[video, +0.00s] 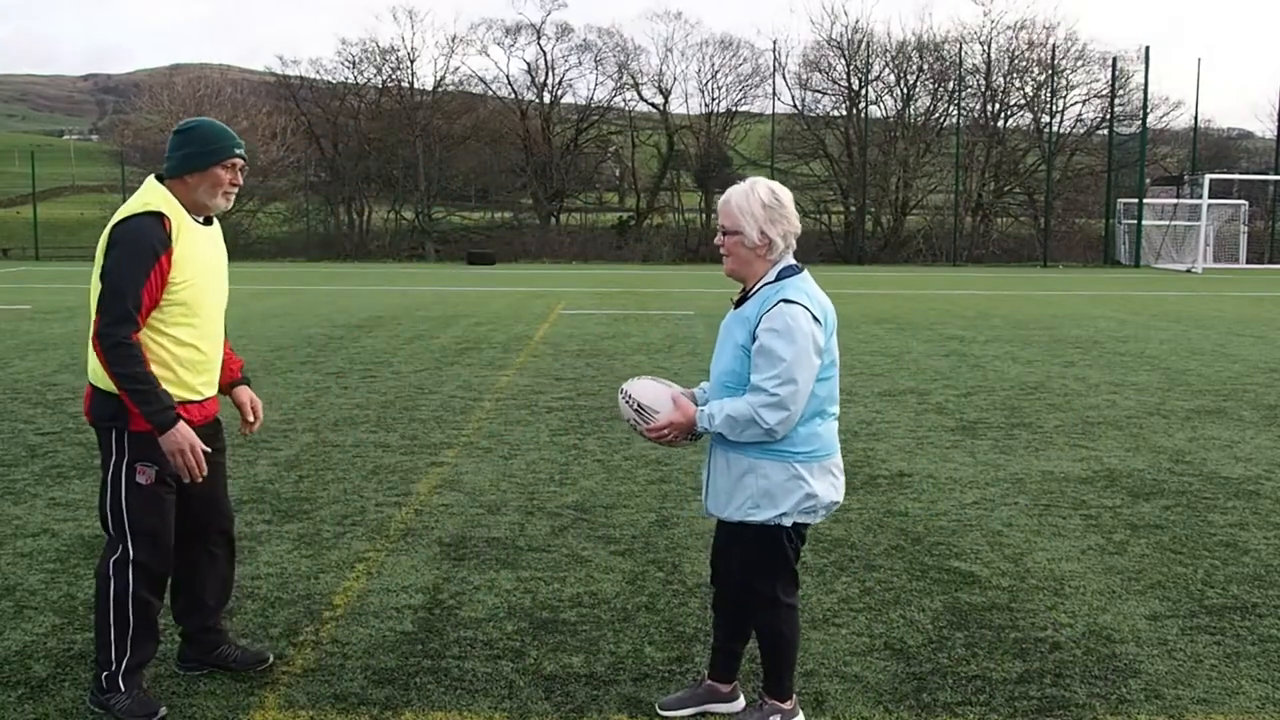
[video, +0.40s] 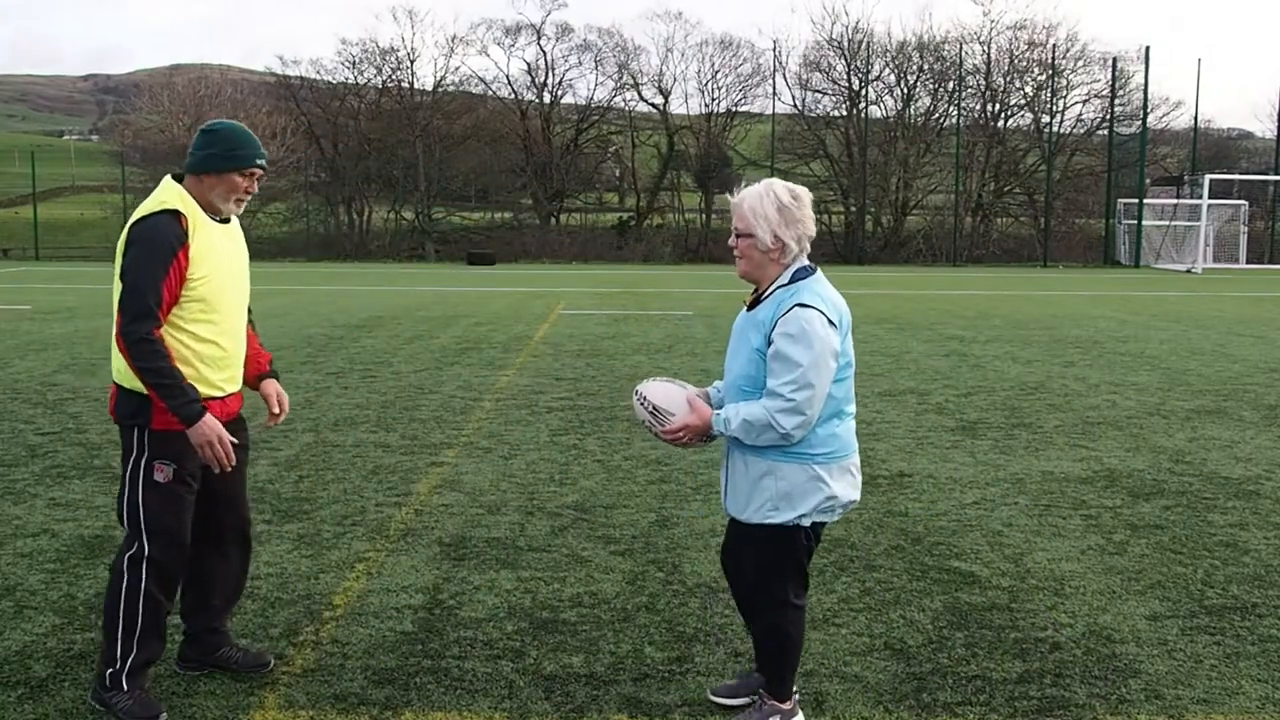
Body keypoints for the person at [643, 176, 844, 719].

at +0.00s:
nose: (718, 242)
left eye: (728, 232)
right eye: (719, 231)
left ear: (764, 240)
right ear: (758, 242)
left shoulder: (789, 310)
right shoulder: (761, 300)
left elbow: (773, 411)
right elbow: (738, 382)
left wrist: (701, 418)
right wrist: (689, 403)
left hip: (780, 478)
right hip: (746, 472)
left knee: (769, 590)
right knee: (729, 580)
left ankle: (779, 703)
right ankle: (720, 685)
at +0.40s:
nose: (732, 244)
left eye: (742, 235)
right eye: (733, 234)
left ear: (778, 244)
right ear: (770, 245)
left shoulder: (804, 313)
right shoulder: (771, 302)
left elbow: (789, 416)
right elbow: (751, 383)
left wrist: (716, 421)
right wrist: (702, 401)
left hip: (796, 478)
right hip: (763, 470)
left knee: (774, 584)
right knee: (740, 563)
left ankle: (781, 699)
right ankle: (770, 674)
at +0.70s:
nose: (754, 247)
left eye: (763, 238)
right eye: (755, 236)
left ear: (798, 244)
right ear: (790, 245)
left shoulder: (828, 314)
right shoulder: (795, 304)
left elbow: (817, 413)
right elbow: (776, 384)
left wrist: (740, 422)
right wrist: (728, 403)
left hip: (826, 475)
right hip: (803, 469)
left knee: (785, 581)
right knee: (813, 574)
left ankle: (780, 702)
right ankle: (892, 653)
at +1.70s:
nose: (956, 249)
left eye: (967, 239)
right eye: (955, 238)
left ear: (1004, 247)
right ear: (988, 248)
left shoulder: (1035, 316)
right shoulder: (983, 309)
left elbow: (1030, 413)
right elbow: (972, 386)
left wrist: (952, 419)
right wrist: (927, 407)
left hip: (1039, 484)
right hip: (988, 479)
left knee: (1047, 594)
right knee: (967, 584)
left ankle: (1082, 699)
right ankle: (939, 678)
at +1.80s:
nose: (971, 252)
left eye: (983, 242)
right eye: (972, 240)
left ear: (1021, 251)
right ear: (1012, 252)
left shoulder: (1058, 318)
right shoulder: (1000, 309)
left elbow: (1058, 415)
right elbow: (996, 389)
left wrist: (980, 427)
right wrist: (949, 415)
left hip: (1066, 482)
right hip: (1014, 475)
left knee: (1054, 590)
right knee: (986, 570)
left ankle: (1082, 699)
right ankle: (964, 677)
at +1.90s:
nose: (988, 251)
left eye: (999, 242)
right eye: (987, 241)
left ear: (1037, 247)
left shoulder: (1078, 314)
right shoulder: (1015, 306)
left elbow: (1083, 412)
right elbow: (1008, 388)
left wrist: (1006, 427)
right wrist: (968, 418)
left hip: (1081, 480)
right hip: (1029, 472)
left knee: (1067, 586)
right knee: (1005, 560)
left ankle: (1082, 698)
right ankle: (1030, 677)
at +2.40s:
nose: (1040, 257)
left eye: (1051, 246)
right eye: (1038, 246)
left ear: (1089, 248)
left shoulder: (1134, 311)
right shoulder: (1063, 306)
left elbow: (1149, 406)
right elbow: (1060, 383)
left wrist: (1072, 428)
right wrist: (1030, 421)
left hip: (1144, 471)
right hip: (1102, 467)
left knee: (1108, 577)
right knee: (1111, 577)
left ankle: (1144, 694)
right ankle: (1134, 684)